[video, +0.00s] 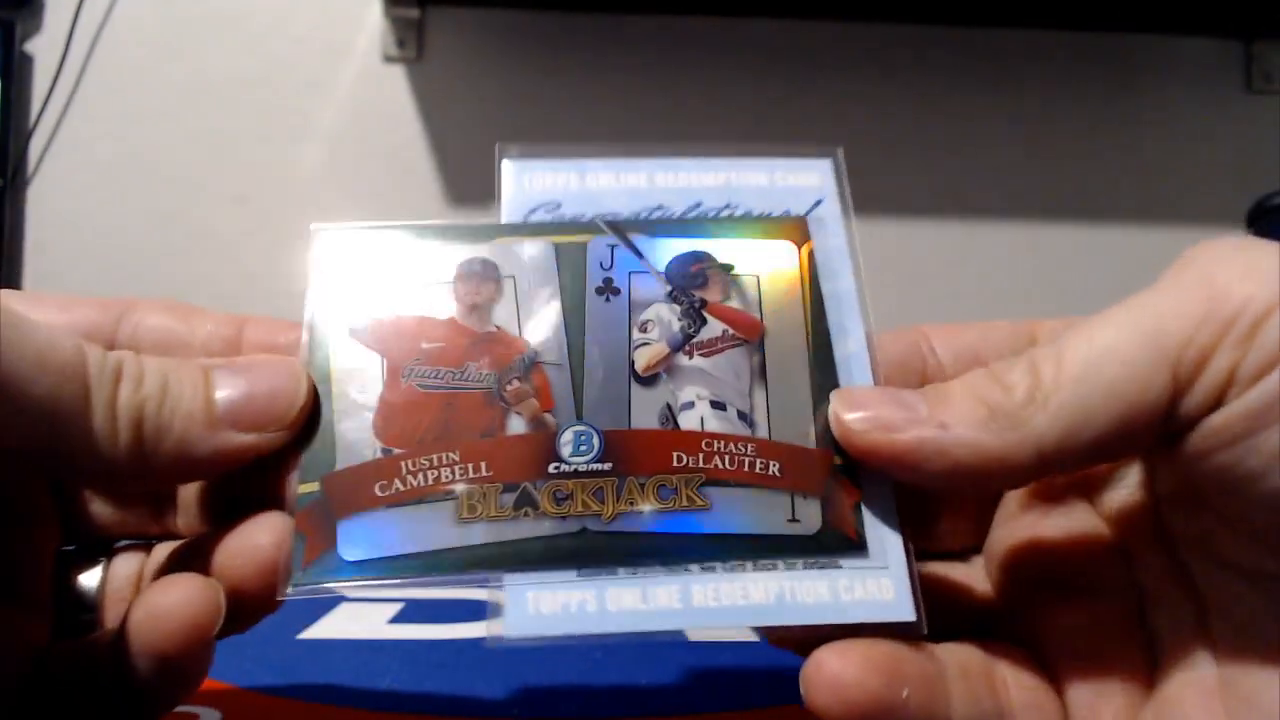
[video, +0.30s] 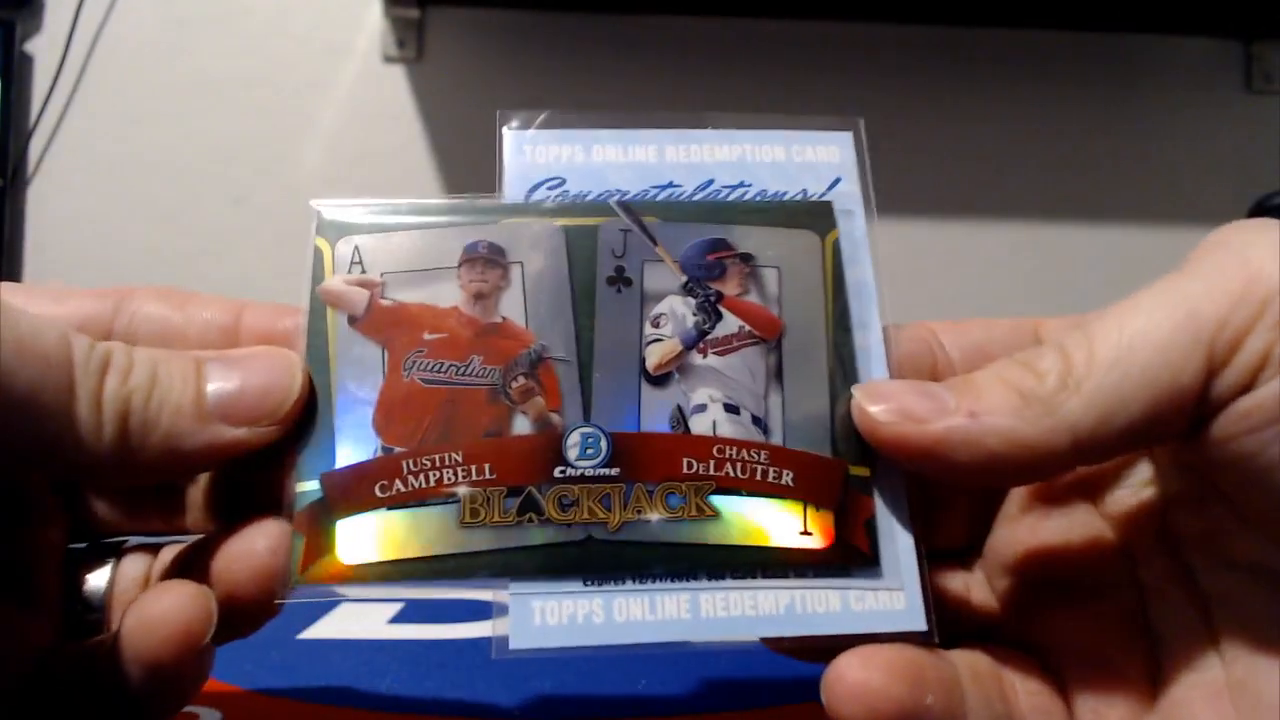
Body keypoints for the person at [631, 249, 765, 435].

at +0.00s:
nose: (727, 278)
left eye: (724, 272)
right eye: (719, 271)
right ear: (697, 274)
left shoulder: (733, 314)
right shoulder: (663, 312)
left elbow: (756, 331)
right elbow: (642, 366)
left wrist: (702, 304)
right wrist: (682, 335)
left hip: (742, 422)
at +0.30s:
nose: (744, 269)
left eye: (742, 262)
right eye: (734, 262)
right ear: (709, 268)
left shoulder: (749, 310)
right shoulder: (677, 305)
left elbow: (774, 329)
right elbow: (654, 364)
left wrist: (717, 297)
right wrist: (696, 331)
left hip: (756, 426)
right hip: (715, 420)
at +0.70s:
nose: (772, 243)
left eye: (770, 236)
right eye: (761, 237)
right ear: (736, 243)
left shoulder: (776, 285)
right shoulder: (701, 279)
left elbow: (801, 306)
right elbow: (677, 339)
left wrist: (744, 271)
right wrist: (721, 306)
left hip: (779, 407)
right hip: (735, 402)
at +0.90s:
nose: (785, 234)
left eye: (783, 227)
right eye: (774, 227)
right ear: (750, 232)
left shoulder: (786, 275)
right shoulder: (713, 268)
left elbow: (809, 299)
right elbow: (686, 328)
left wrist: (754, 262)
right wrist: (730, 297)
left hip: (784, 397)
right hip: (742, 390)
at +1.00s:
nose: (786, 231)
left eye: (784, 223)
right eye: (775, 223)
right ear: (749, 227)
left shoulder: (786, 274)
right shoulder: (713, 266)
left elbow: (810, 296)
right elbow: (687, 325)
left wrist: (757, 260)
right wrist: (731, 294)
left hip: (783, 396)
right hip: (743, 388)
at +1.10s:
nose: (786, 228)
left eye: (784, 221)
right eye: (775, 222)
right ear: (749, 226)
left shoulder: (787, 273)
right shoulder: (714, 264)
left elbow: (811, 295)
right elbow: (686, 325)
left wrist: (756, 258)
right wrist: (731, 293)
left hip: (783, 395)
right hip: (743, 387)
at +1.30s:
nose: (787, 232)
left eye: (784, 224)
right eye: (775, 225)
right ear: (748, 230)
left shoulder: (788, 276)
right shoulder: (714, 269)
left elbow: (811, 299)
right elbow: (687, 331)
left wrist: (757, 262)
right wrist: (731, 298)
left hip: (785, 398)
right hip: (744, 390)